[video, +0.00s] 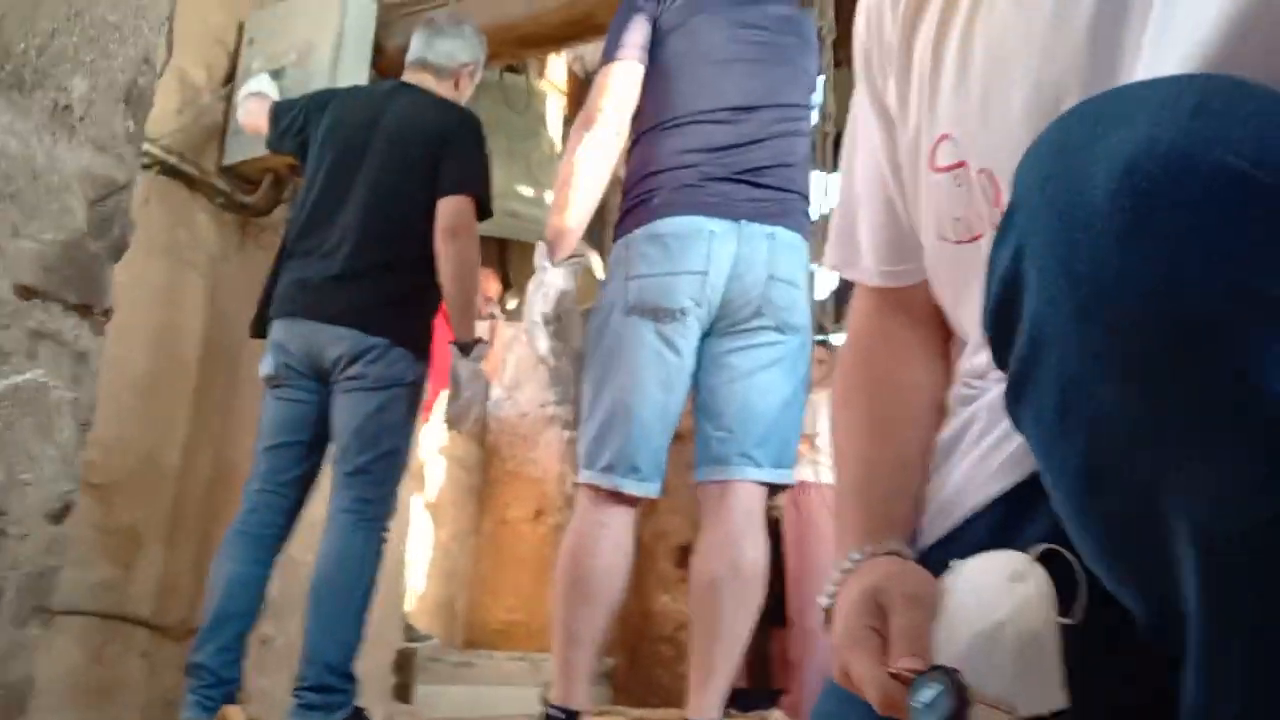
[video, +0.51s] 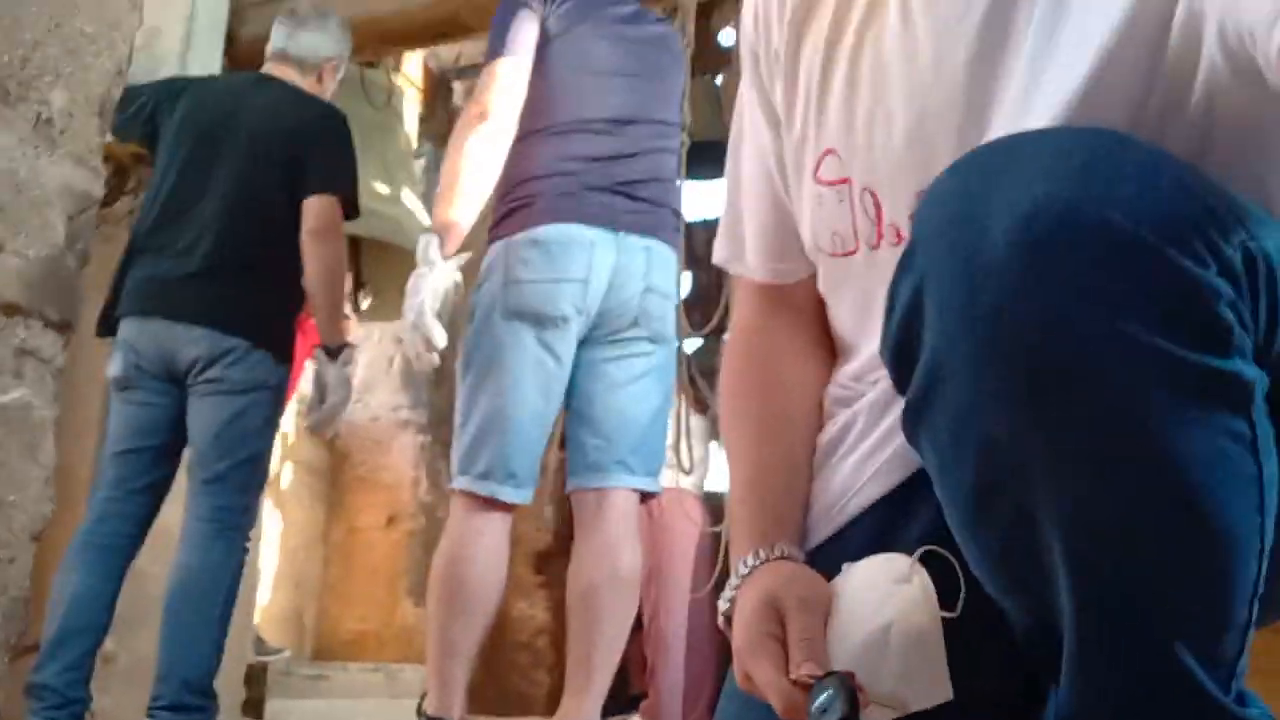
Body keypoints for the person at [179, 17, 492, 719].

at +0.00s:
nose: (476, 89)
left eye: (477, 81)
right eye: (479, 81)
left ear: (408, 61)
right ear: (467, 76)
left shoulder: (340, 104)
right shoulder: (457, 126)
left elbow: (256, 116)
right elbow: (455, 226)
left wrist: (254, 94)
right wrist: (467, 343)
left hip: (297, 320)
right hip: (380, 335)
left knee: (266, 500)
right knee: (358, 510)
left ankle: (207, 692)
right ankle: (323, 701)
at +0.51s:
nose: (338, 89)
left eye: (339, 80)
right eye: (341, 79)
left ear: (268, 55)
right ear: (328, 72)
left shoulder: (194, 93)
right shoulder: (322, 122)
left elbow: (118, 110)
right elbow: (320, 226)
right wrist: (334, 337)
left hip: (148, 317)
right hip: (241, 334)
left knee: (113, 508)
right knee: (217, 520)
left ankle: (52, 702)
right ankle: (180, 707)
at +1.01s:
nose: (288, 198)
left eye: (291, 183)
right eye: (284, 179)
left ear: (216, 167)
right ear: (244, 164)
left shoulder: (124, 206)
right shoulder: (247, 230)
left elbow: (55, 217)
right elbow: (241, 340)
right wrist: (256, 462)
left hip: (66, 433)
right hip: (164, 453)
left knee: (30, 616)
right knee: (132, 636)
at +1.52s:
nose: (437, 178)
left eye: (441, 164)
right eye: (433, 160)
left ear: (368, 154)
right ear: (393, 151)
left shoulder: (285, 199)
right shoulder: (396, 217)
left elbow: (221, 214)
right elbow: (391, 321)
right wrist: (407, 441)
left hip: (241, 420)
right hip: (327, 434)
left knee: (212, 604)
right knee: (309, 614)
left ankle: (168, 714)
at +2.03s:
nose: (263, 190)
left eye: (267, 175)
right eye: (260, 171)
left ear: (187, 157)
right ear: (222, 158)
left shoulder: (96, 199)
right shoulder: (220, 222)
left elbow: (26, 212)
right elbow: (211, 339)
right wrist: (228, 457)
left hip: (39, 434)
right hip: (140, 450)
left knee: (12, 627)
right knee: (115, 641)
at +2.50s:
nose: (246, 238)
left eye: (250, 228)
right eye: (249, 228)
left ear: (175, 202)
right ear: (237, 223)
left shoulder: (91, 246)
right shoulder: (218, 274)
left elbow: (21, 261)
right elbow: (205, 387)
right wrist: (220, 510)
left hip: (21, 474)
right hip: (128, 493)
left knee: (5, 667)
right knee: (99, 681)